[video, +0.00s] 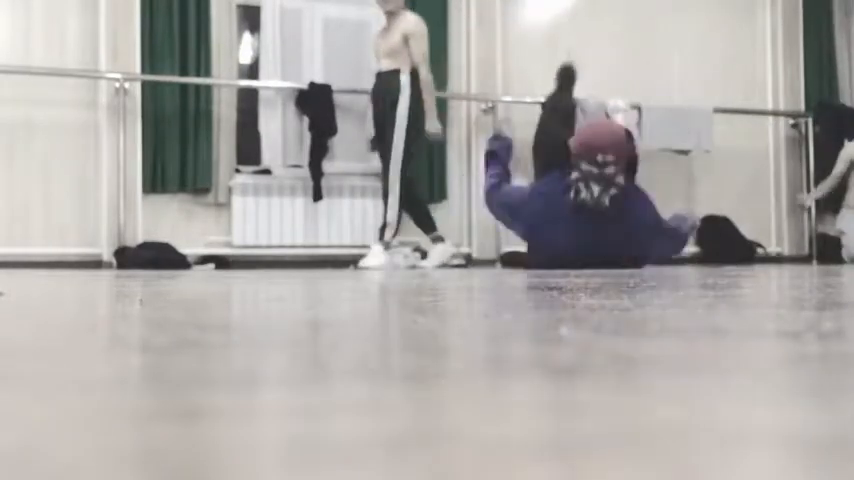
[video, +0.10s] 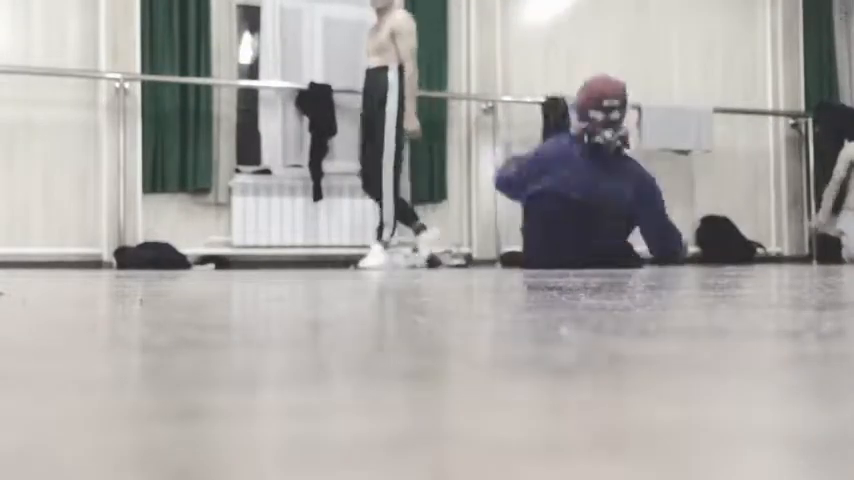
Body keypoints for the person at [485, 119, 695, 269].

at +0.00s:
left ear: (573, 157)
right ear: (628, 162)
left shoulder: (545, 199)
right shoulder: (636, 205)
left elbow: (496, 195)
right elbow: (662, 247)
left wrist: (497, 151)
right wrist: (682, 226)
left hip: (552, 297)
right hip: (615, 301)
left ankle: (560, 98)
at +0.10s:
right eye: (616, 114)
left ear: (578, 115)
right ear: (622, 118)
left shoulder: (549, 156)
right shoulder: (635, 178)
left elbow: (505, 180)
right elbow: (668, 250)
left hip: (544, 280)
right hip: (611, 285)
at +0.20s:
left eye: (566, 81)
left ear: (569, 85)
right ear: (607, 83)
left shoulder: (549, 128)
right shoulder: (627, 135)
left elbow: (502, 173)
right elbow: (657, 167)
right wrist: (617, 123)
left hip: (540, 250)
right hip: (598, 252)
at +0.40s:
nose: (504, 31)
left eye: (503, 24)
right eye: (500, 25)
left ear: (512, 22)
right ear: (529, 12)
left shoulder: (532, 60)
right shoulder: (560, 35)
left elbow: (565, 126)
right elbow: (555, 82)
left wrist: (561, 202)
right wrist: (517, 105)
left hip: (579, 153)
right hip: (598, 145)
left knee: (494, 158)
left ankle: (518, 227)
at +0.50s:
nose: (485, 39)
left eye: (486, 33)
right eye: (481, 34)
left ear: (498, 27)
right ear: (505, 9)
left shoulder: (550, 54)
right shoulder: (531, 6)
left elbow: (566, 134)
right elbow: (574, 12)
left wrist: (540, 203)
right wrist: (591, 52)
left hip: (552, 123)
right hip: (529, 111)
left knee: (503, 210)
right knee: (484, 172)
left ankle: (543, 247)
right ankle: (535, 244)